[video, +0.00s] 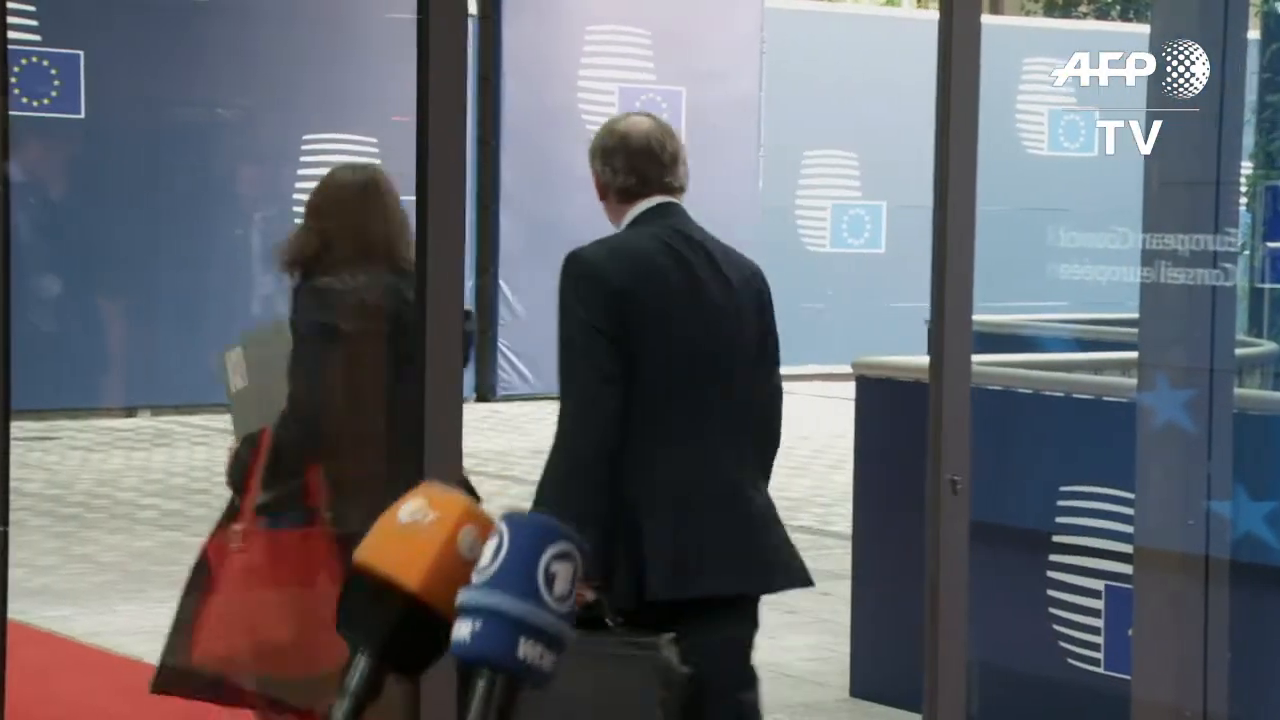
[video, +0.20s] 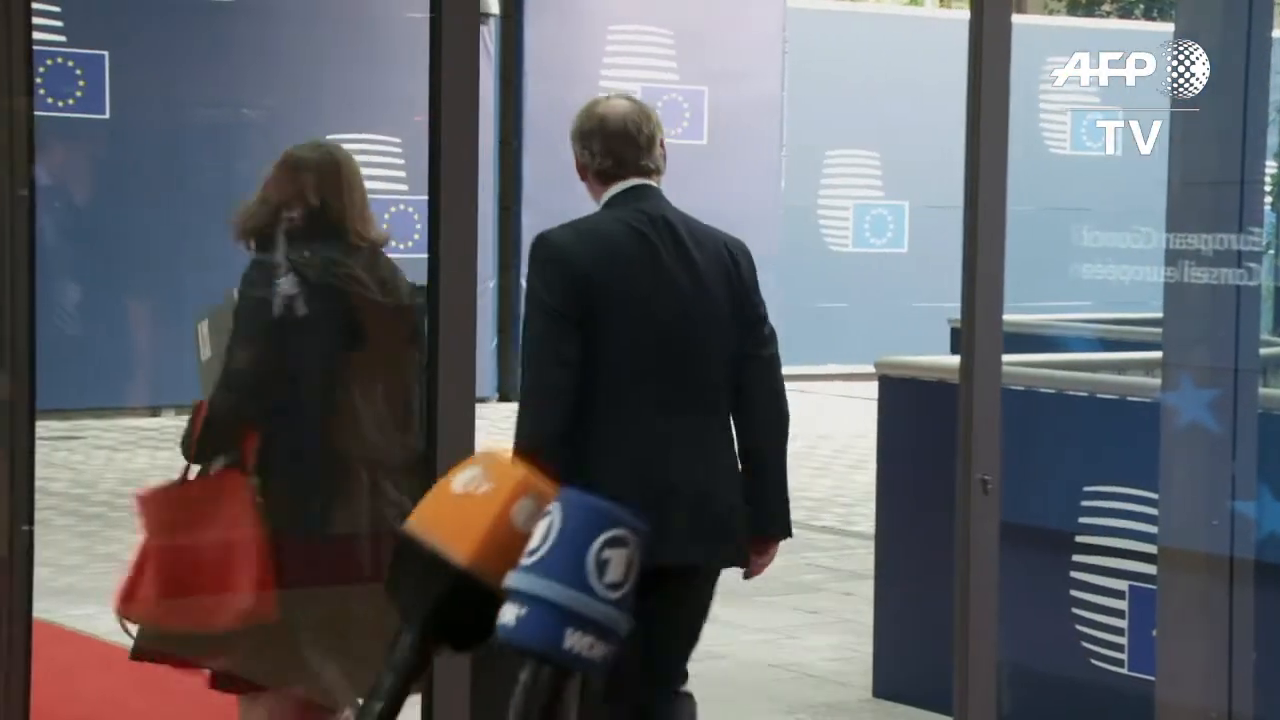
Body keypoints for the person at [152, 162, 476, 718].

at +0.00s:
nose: (307, 227)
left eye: (314, 215)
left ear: (323, 221)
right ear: (389, 220)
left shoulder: (323, 292)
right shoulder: (417, 288)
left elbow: (310, 410)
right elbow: (426, 400)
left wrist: (263, 462)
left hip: (337, 496)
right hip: (410, 491)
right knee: (398, 646)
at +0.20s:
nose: (275, 215)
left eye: (282, 203)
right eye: (280, 203)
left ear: (291, 205)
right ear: (352, 204)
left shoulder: (279, 272)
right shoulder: (393, 280)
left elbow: (247, 382)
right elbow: (405, 404)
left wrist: (203, 437)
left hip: (298, 502)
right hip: (383, 501)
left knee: (276, 673)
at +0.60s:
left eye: (242, 208)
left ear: (246, 213)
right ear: (320, 218)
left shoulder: (217, 282)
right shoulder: (351, 304)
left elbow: (166, 380)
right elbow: (373, 433)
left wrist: (155, 426)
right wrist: (380, 539)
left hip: (224, 512)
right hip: (313, 520)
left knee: (194, 672)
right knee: (246, 669)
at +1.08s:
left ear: (198, 211)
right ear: (267, 216)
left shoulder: (163, 286)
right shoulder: (294, 296)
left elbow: (115, 383)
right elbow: (318, 404)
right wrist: (311, 492)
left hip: (174, 490)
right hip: (260, 491)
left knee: (152, 630)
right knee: (234, 639)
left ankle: (146, 718)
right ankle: (231, 719)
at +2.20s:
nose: (260, 206)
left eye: (254, 196)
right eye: (257, 198)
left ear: (196, 199)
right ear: (250, 204)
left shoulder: (160, 263)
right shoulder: (270, 272)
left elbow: (139, 356)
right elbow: (293, 365)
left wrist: (138, 433)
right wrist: (297, 443)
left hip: (168, 430)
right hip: (245, 432)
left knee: (178, 555)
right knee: (235, 548)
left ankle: (183, 674)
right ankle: (212, 631)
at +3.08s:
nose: (285, 216)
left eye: (283, 208)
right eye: (281, 209)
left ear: (224, 210)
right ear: (273, 215)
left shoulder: (194, 266)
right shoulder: (291, 274)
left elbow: (161, 333)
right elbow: (320, 357)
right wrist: (332, 419)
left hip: (200, 406)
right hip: (259, 408)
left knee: (210, 517)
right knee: (234, 523)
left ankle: (224, 612)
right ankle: (210, 629)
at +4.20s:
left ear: (286, 212)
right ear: (328, 217)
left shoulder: (264, 256)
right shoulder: (339, 262)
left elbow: (234, 310)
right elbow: (366, 334)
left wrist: (249, 344)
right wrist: (377, 390)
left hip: (270, 374)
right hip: (321, 377)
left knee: (283, 474)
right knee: (295, 479)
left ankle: (290, 563)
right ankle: (267, 560)